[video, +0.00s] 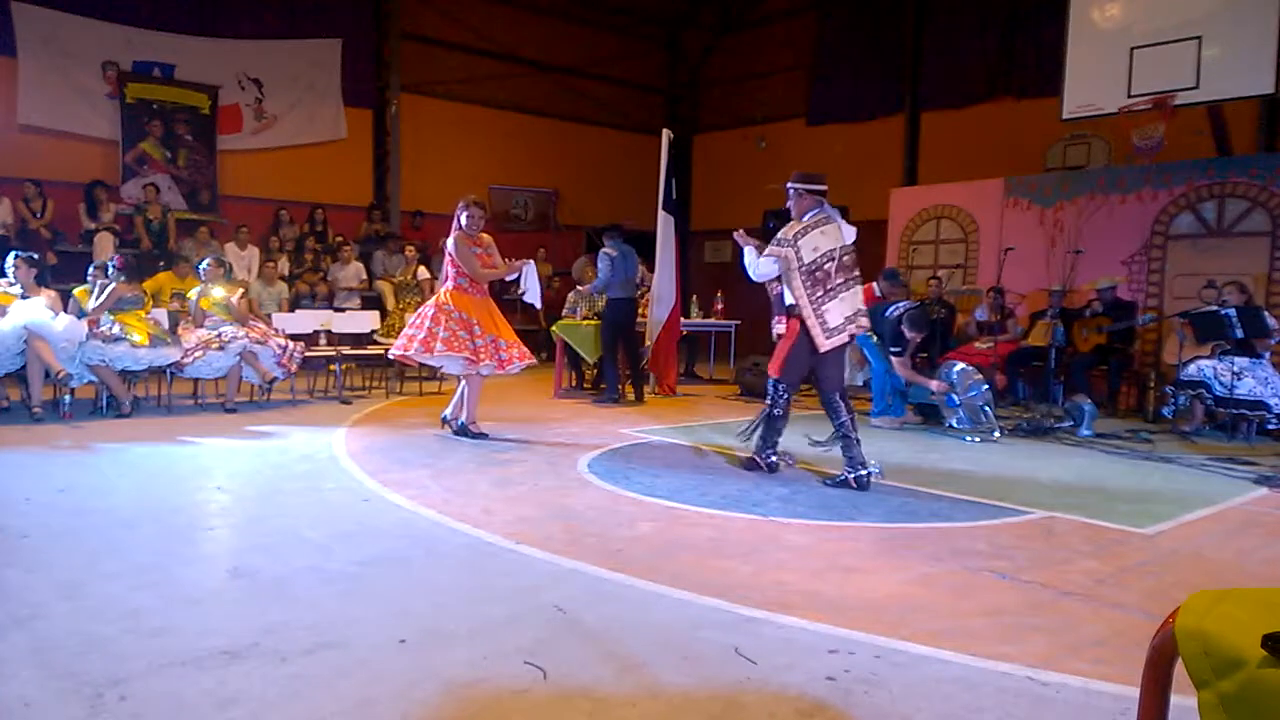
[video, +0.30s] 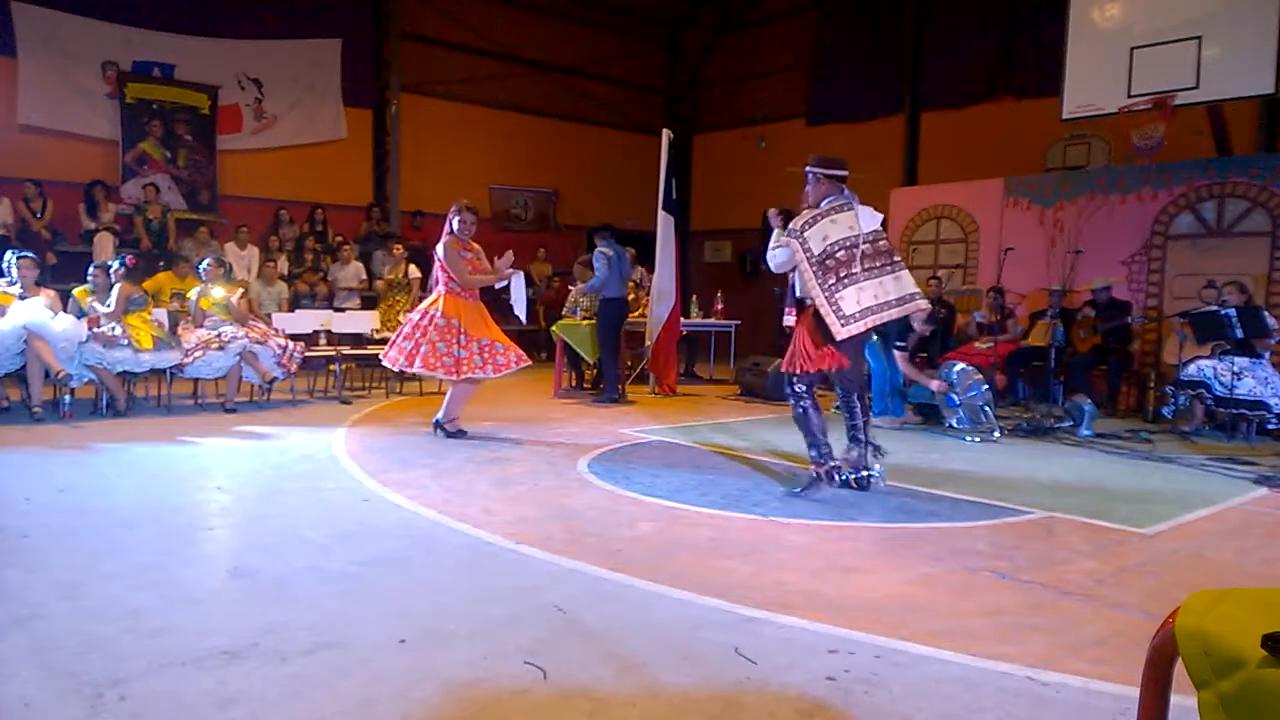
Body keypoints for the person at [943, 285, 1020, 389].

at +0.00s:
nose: (992, 301)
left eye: (995, 299)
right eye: (989, 298)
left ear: (1001, 300)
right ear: (985, 298)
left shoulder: (1007, 313)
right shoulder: (979, 312)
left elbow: (1013, 335)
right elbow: (974, 334)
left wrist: (991, 339)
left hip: (1003, 343)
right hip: (983, 342)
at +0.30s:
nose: (991, 301)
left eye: (995, 298)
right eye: (989, 298)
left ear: (1001, 300)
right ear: (985, 298)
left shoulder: (1007, 313)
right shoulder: (979, 314)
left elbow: (1012, 335)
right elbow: (974, 335)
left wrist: (992, 339)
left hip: (1002, 343)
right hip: (983, 343)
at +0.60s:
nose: (991, 301)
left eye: (995, 299)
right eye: (989, 298)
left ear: (1001, 300)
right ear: (985, 298)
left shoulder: (1007, 313)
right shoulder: (979, 312)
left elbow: (1013, 335)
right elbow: (974, 334)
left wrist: (992, 339)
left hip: (1002, 343)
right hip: (983, 342)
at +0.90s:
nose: (991, 301)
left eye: (995, 299)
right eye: (989, 298)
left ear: (1001, 300)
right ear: (985, 298)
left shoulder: (1007, 313)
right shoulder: (979, 311)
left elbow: (1012, 335)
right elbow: (974, 334)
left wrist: (991, 339)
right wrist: (969, 324)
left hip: (1002, 343)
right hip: (983, 343)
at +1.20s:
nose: (992, 301)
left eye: (995, 298)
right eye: (989, 298)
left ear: (1001, 300)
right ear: (985, 298)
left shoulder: (1007, 313)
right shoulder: (979, 313)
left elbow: (1013, 335)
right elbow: (974, 333)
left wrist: (992, 339)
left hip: (1002, 343)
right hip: (983, 343)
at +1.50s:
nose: (992, 301)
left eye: (996, 298)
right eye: (990, 297)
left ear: (1002, 299)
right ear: (986, 298)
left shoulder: (1008, 312)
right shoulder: (981, 312)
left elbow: (1012, 335)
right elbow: (974, 334)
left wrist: (991, 339)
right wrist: (967, 325)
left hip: (1003, 343)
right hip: (983, 343)